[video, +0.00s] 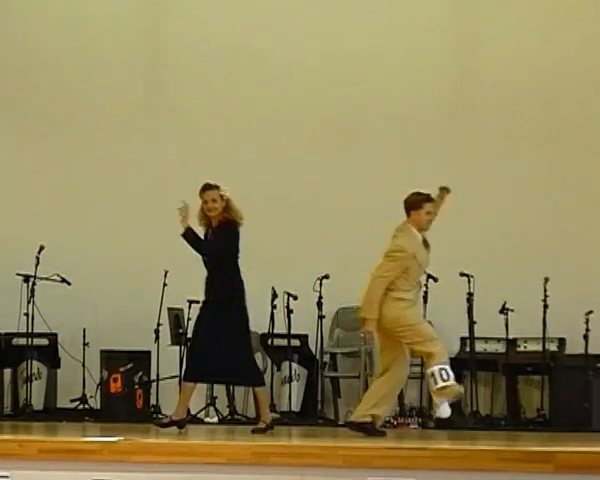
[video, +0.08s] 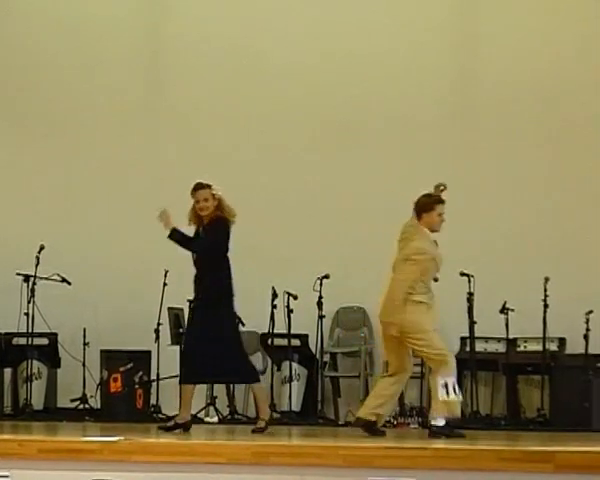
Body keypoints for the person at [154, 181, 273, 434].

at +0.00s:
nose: (210, 206)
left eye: (214, 201)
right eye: (206, 202)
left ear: (223, 201)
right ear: (203, 206)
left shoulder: (229, 226)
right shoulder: (212, 229)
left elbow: (211, 253)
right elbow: (213, 263)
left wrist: (186, 229)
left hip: (231, 297)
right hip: (214, 297)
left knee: (243, 355)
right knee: (196, 351)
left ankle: (265, 417)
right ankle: (180, 413)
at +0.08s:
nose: (202, 204)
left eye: (206, 199)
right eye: (198, 201)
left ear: (216, 200)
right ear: (194, 205)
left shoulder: (219, 224)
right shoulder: (202, 227)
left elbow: (204, 250)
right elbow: (205, 265)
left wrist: (171, 231)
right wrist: (201, 298)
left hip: (219, 299)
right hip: (203, 299)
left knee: (236, 354)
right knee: (189, 354)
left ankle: (264, 413)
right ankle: (184, 415)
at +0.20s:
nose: (188, 207)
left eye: (193, 202)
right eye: (185, 203)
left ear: (202, 204)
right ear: (181, 206)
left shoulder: (203, 229)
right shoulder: (191, 231)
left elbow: (186, 260)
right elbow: (185, 260)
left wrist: (151, 260)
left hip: (200, 302)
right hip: (190, 302)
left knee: (206, 358)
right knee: (178, 356)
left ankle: (254, 398)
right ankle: (183, 415)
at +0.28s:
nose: (182, 211)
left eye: (186, 206)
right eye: (179, 207)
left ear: (196, 207)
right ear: (177, 210)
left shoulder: (197, 236)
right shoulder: (189, 236)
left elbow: (184, 272)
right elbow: (180, 272)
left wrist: (157, 291)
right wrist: (161, 291)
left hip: (195, 303)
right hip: (187, 302)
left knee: (184, 358)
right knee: (176, 357)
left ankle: (234, 380)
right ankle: (186, 415)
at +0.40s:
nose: (166, 211)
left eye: (169, 207)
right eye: (167, 207)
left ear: (180, 210)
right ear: (180, 210)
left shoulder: (182, 239)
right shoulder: (185, 238)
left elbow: (183, 279)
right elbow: (181, 279)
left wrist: (184, 314)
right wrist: (176, 310)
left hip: (180, 309)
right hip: (186, 307)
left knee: (145, 356)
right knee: (179, 363)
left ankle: (184, 376)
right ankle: (187, 414)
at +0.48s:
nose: (162, 210)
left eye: (165, 206)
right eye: (163, 206)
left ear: (172, 209)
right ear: (185, 209)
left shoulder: (170, 233)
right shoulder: (186, 234)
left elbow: (188, 267)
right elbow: (191, 267)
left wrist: (203, 296)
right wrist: (202, 297)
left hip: (172, 304)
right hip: (186, 305)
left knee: (139, 348)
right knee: (176, 358)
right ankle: (188, 414)